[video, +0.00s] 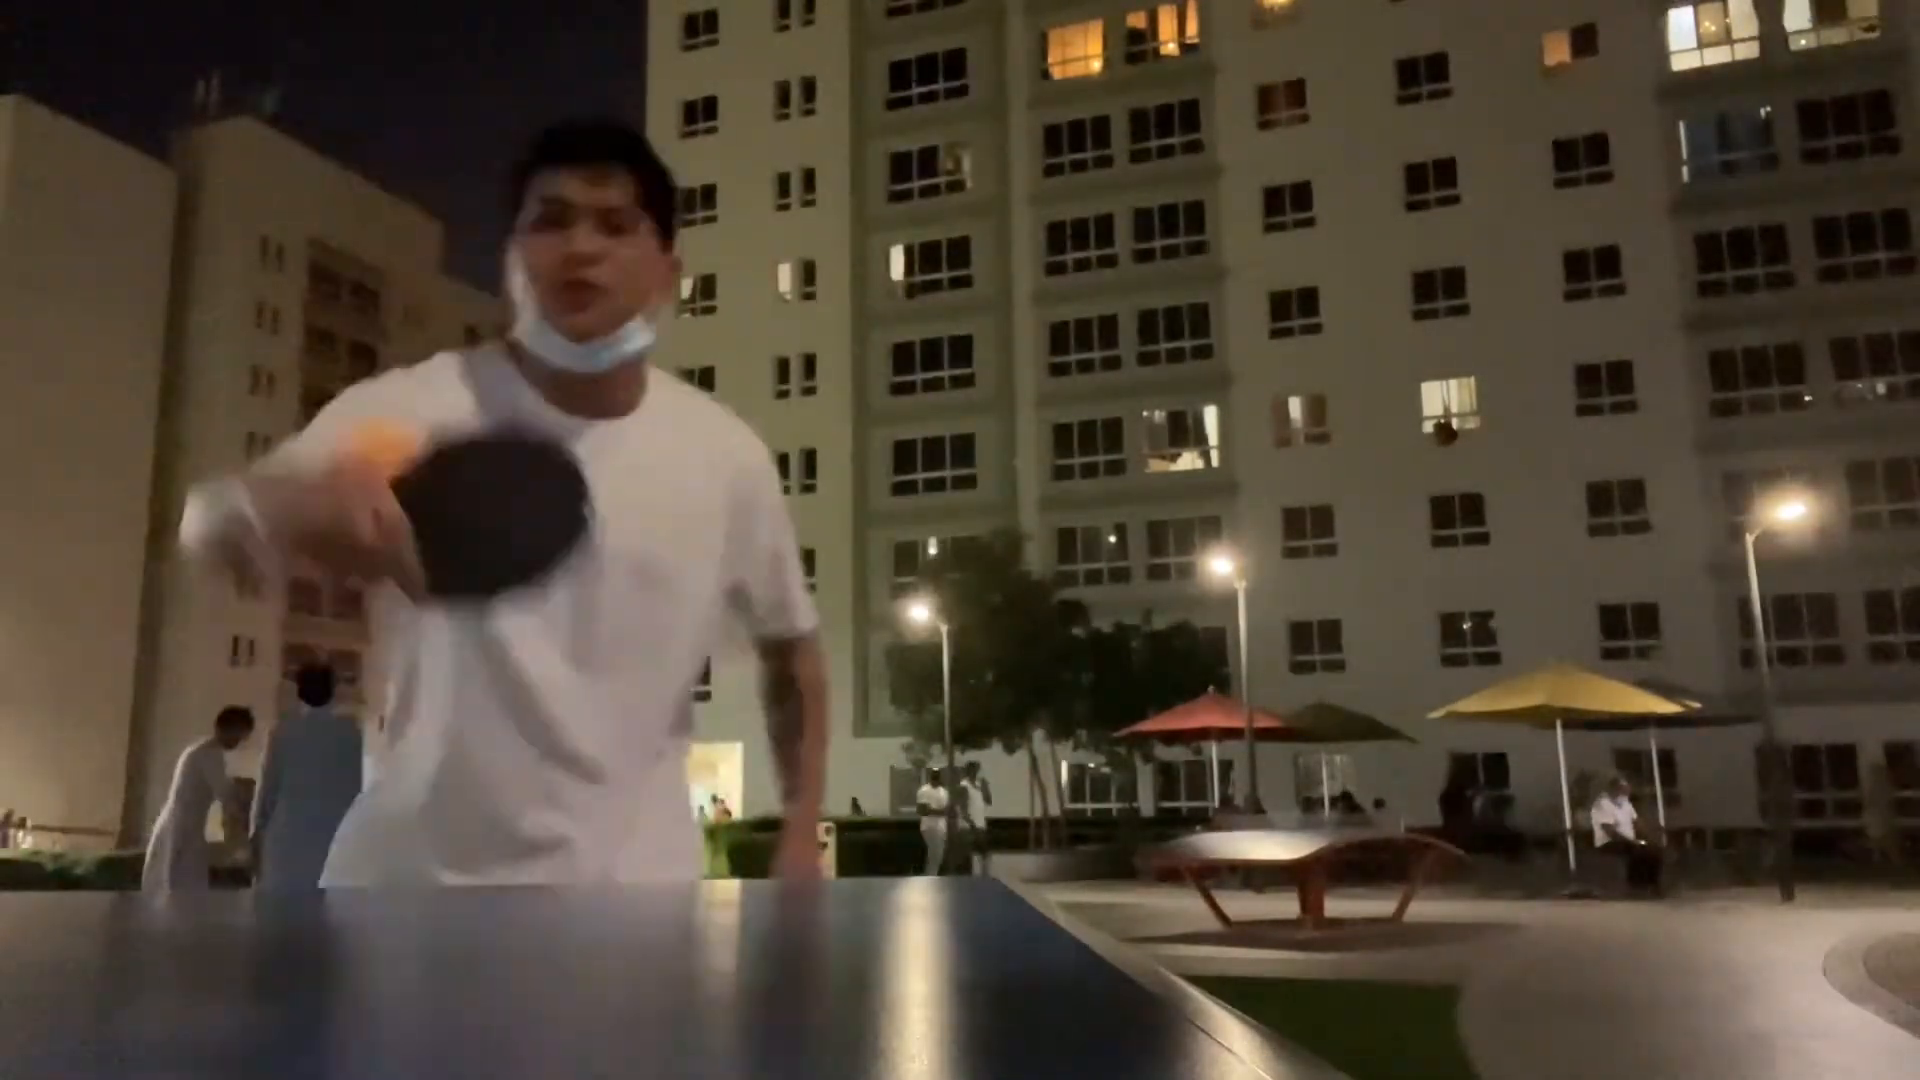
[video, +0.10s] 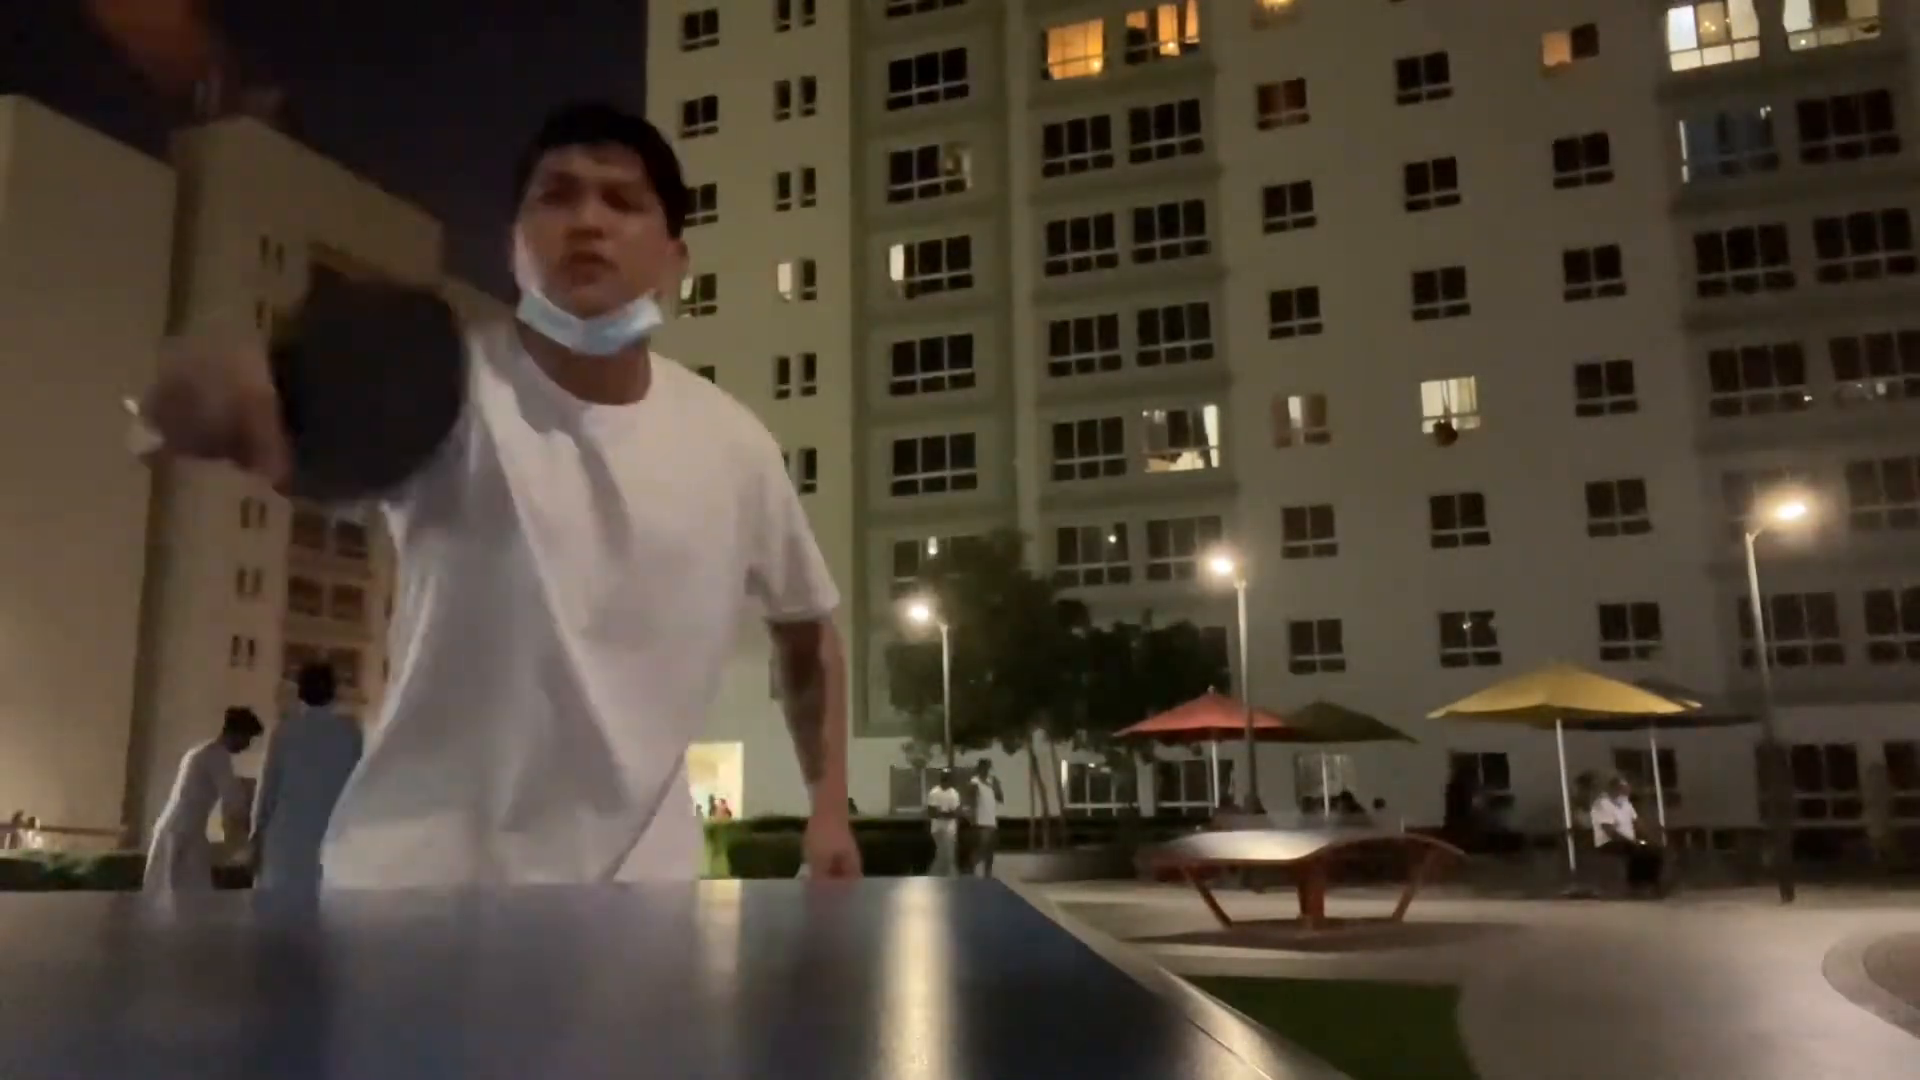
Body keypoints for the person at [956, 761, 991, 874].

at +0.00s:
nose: (975, 773)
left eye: (976, 771)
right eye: (973, 771)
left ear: (977, 771)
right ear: (968, 771)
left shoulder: (979, 786)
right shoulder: (963, 786)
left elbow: (988, 801)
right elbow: (963, 810)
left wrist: (985, 786)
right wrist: (972, 824)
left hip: (980, 825)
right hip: (967, 826)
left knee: (985, 853)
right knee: (967, 854)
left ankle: (985, 875)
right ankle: (967, 877)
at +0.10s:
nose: (985, 771)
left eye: (987, 769)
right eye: (983, 769)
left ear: (989, 769)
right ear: (979, 769)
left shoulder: (991, 782)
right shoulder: (974, 782)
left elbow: (1000, 799)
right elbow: (970, 803)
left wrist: (996, 783)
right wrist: (972, 820)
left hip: (991, 821)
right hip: (979, 821)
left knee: (990, 852)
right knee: (979, 850)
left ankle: (988, 876)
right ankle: (970, 870)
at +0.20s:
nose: (999, 772)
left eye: (1000, 769)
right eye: (996, 770)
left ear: (1003, 770)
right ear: (992, 770)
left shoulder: (1005, 783)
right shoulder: (987, 785)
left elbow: (1014, 800)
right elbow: (983, 805)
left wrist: (1008, 787)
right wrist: (985, 821)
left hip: (1004, 821)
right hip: (992, 822)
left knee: (993, 850)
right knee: (1002, 848)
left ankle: (989, 873)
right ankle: (1004, 872)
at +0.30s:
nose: (1012, 770)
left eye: (1014, 767)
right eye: (1010, 767)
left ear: (1017, 768)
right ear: (1006, 768)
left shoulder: (1019, 785)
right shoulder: (1002, 786)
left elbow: (1022, 803)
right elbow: (998, 805)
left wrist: (1026, 797)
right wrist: (997, 820)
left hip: (1018, 822)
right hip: (1007, 823)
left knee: (1011, 857)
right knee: (1014, 855)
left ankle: (995, 878)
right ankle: (1019, 879)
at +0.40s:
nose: (1025, 770)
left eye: (1027, 767)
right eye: (1023, 766)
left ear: (1030, 767)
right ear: (1020, 767)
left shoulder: (1034, 783)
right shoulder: (1015, 784)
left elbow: (1038, 801)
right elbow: (1015, 805)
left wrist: (1042, 816)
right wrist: (1016, 822)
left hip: (1034, 822)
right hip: (1022, 823)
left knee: (1040, 851)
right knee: (1020, 853)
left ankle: (1032, 875)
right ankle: (1021, 878)